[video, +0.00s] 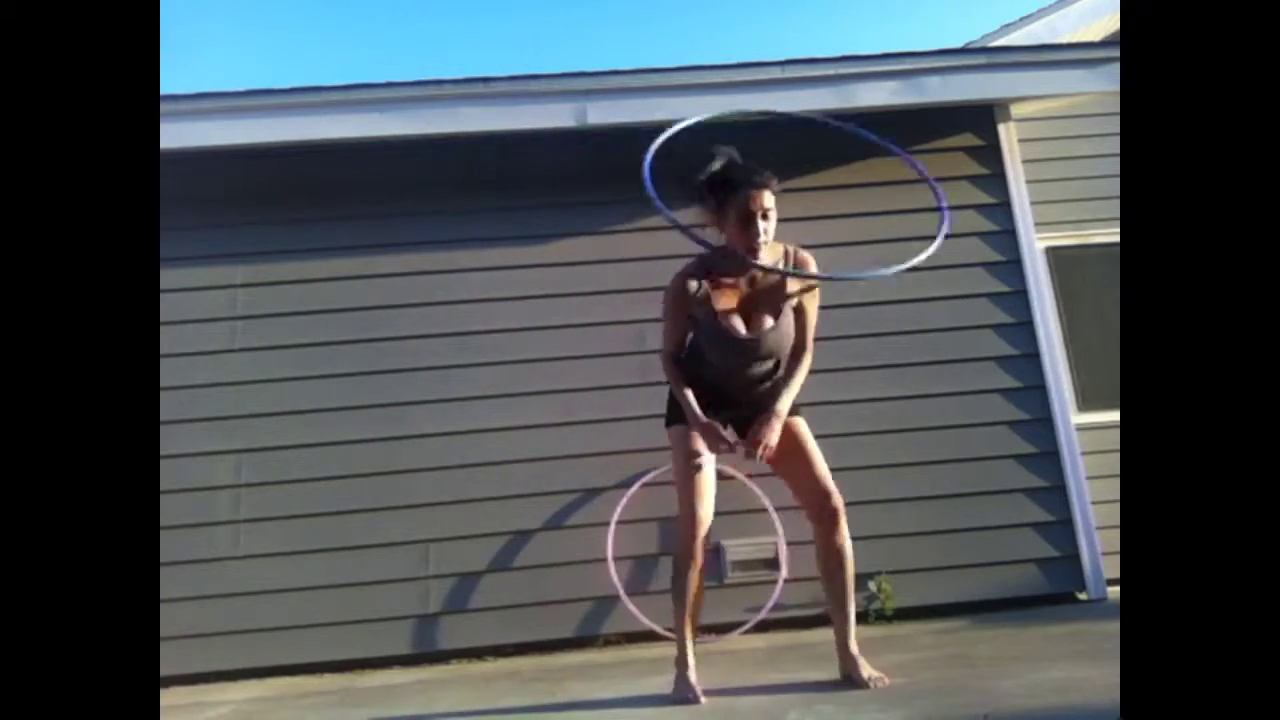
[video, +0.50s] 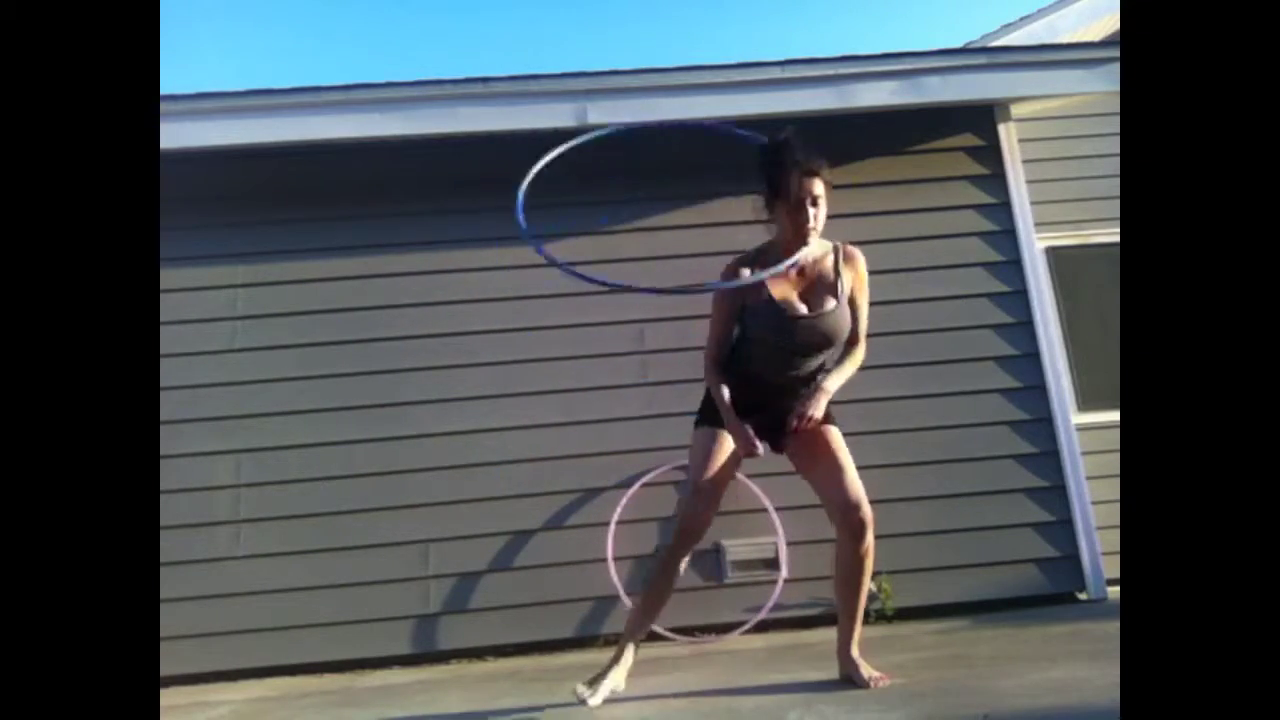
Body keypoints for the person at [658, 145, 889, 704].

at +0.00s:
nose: (759, 228)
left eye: (766, 214)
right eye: (745, 217)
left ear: (777, 213)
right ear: (717, 221)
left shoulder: (798, 265)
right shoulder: (689, 285)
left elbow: (804, 349)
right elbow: (671, 360)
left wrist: (776, 414)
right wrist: (698, 420)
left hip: (770, 401)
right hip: (701, 405)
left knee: (830, 507)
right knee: (694, 529)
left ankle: (849, 652)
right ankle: (685, 666)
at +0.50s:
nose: (810, 212)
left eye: (818, 199)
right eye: (798, 201)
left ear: (829, 200)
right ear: (773, 207)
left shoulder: (848, 263)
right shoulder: (742, 274)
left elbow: (857, 345)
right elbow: (713, 363)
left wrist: (823, 392)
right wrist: (732, 422)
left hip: (802, 405)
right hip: (736, 402)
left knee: (858, 517)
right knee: (687, 529)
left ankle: (849, 652)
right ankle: (622, 659)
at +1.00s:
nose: (699, 231)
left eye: (706, 217)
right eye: (684, 221)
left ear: (720, 219)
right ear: (658, 233)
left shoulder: (729, 272)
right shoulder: (639, 292)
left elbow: (733, 217)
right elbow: (636, 374)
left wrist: (698, 152)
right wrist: (657, 428)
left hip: (733, 414)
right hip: (664, 421)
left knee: (804, 521)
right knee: (608, 533)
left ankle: (843, 652)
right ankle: (577, 675)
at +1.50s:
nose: (625, 243)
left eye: (633, 230)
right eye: (612, 232)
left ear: (642, 231)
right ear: (582, 233)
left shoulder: (658, 289)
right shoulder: (554, 286)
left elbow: (673, 387)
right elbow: (549, 366)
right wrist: (586, 357)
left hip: (668, 399)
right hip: (601, 406)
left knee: (754, 526)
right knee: (574, 538)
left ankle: (841, 650)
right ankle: (574, 680)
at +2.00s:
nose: (719, 242)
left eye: (727, 230)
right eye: (706, 230)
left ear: (738, 229)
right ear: (679, 229)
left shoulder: (748, 287)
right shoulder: (655, 265)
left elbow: (766, 370)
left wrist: (718, 394)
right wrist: (716, 274)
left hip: (734, 397)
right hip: (663, 400)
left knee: (795, 511)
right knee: (626, 534)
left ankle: (836, 655)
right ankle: (575, 677)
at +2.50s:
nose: (761, 234)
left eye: (769, 222)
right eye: (747, 226)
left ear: (785, 230)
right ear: (728, 238)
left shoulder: (817, 296)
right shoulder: (705, 299)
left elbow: (855, 373)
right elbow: (679, 359)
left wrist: (803, 385)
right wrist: (693, 419)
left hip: (783, 416)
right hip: (713, 417)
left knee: (852, 523)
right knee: (652, 546)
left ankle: (840, 657)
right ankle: (572, 681)